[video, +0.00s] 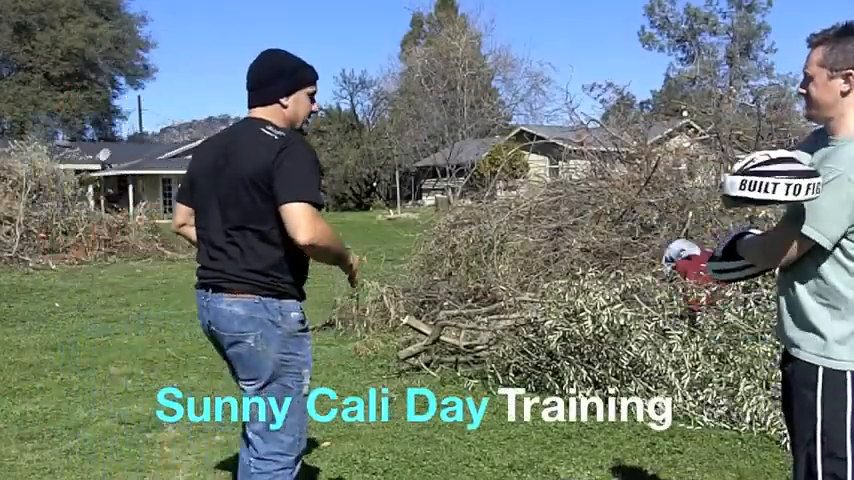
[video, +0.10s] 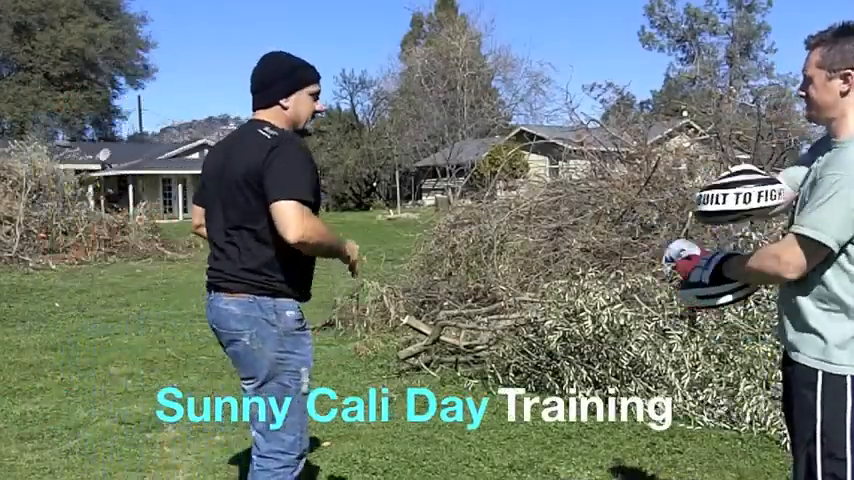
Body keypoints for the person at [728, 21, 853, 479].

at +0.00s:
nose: (801, 90)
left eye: (809, 80)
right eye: (803, 79)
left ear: (845, 84)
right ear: (840, 83)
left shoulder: (844, 161)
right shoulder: (817, 146)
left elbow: (780, 251)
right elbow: (777, 230)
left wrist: (737, 244)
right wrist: (723, 265)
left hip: (833, 354)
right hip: (806, 346)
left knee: (828, 469)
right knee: (811, 465)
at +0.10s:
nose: (801, 91)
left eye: (808, 80)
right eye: (803, 81)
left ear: (845, 83)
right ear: (842, 84)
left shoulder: (845, 163)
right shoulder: (828, 153)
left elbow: (790, 261)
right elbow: (773, 190)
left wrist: (717, 266)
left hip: (832, 361)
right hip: (811, 355)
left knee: (828, 471)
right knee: (813, 468)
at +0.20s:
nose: (800, 92)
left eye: (807, 81)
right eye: (802, 82)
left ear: (844, 84)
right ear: (842, 84)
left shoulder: (845, 165)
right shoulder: (828, 154)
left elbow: (801, 268)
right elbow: (781, 205)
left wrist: (720, 279)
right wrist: (727, 205)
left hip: (832, 360)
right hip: (811, 353)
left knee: (828, 470)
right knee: (812, 466)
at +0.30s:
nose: (796, 94)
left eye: (803, 83)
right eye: (797, 83)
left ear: (839, 85)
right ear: (837, 85)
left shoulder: (843, 167)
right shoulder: (832, 162)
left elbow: (824, 277)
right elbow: (802, 226)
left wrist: (731, 301)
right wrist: (728, 225)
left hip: (831, 369)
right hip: (815, 363)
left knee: (827, 471)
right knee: (814, 468)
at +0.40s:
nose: (792, 93)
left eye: (798, 81)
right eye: (793, 82)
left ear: (835, 85)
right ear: (834, 85)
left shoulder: (844, 166)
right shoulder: (833, 161)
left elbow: (839, 278)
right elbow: (805, 238)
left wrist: (741, 312)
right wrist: (737, 233)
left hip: (832, 370)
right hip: (814, 365)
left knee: (828, 471)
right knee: (812, 468)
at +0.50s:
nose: (784, 94)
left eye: (791, 84)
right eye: (785, 84)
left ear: (826, 87)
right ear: (826, 87)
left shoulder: (841, 167)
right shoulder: (828, 163)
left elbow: (853, 270)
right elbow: (816, 254)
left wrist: (777, 327)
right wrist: (759, 263)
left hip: (832, 374)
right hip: (814, 368)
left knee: (827, 472)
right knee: (812, 470)